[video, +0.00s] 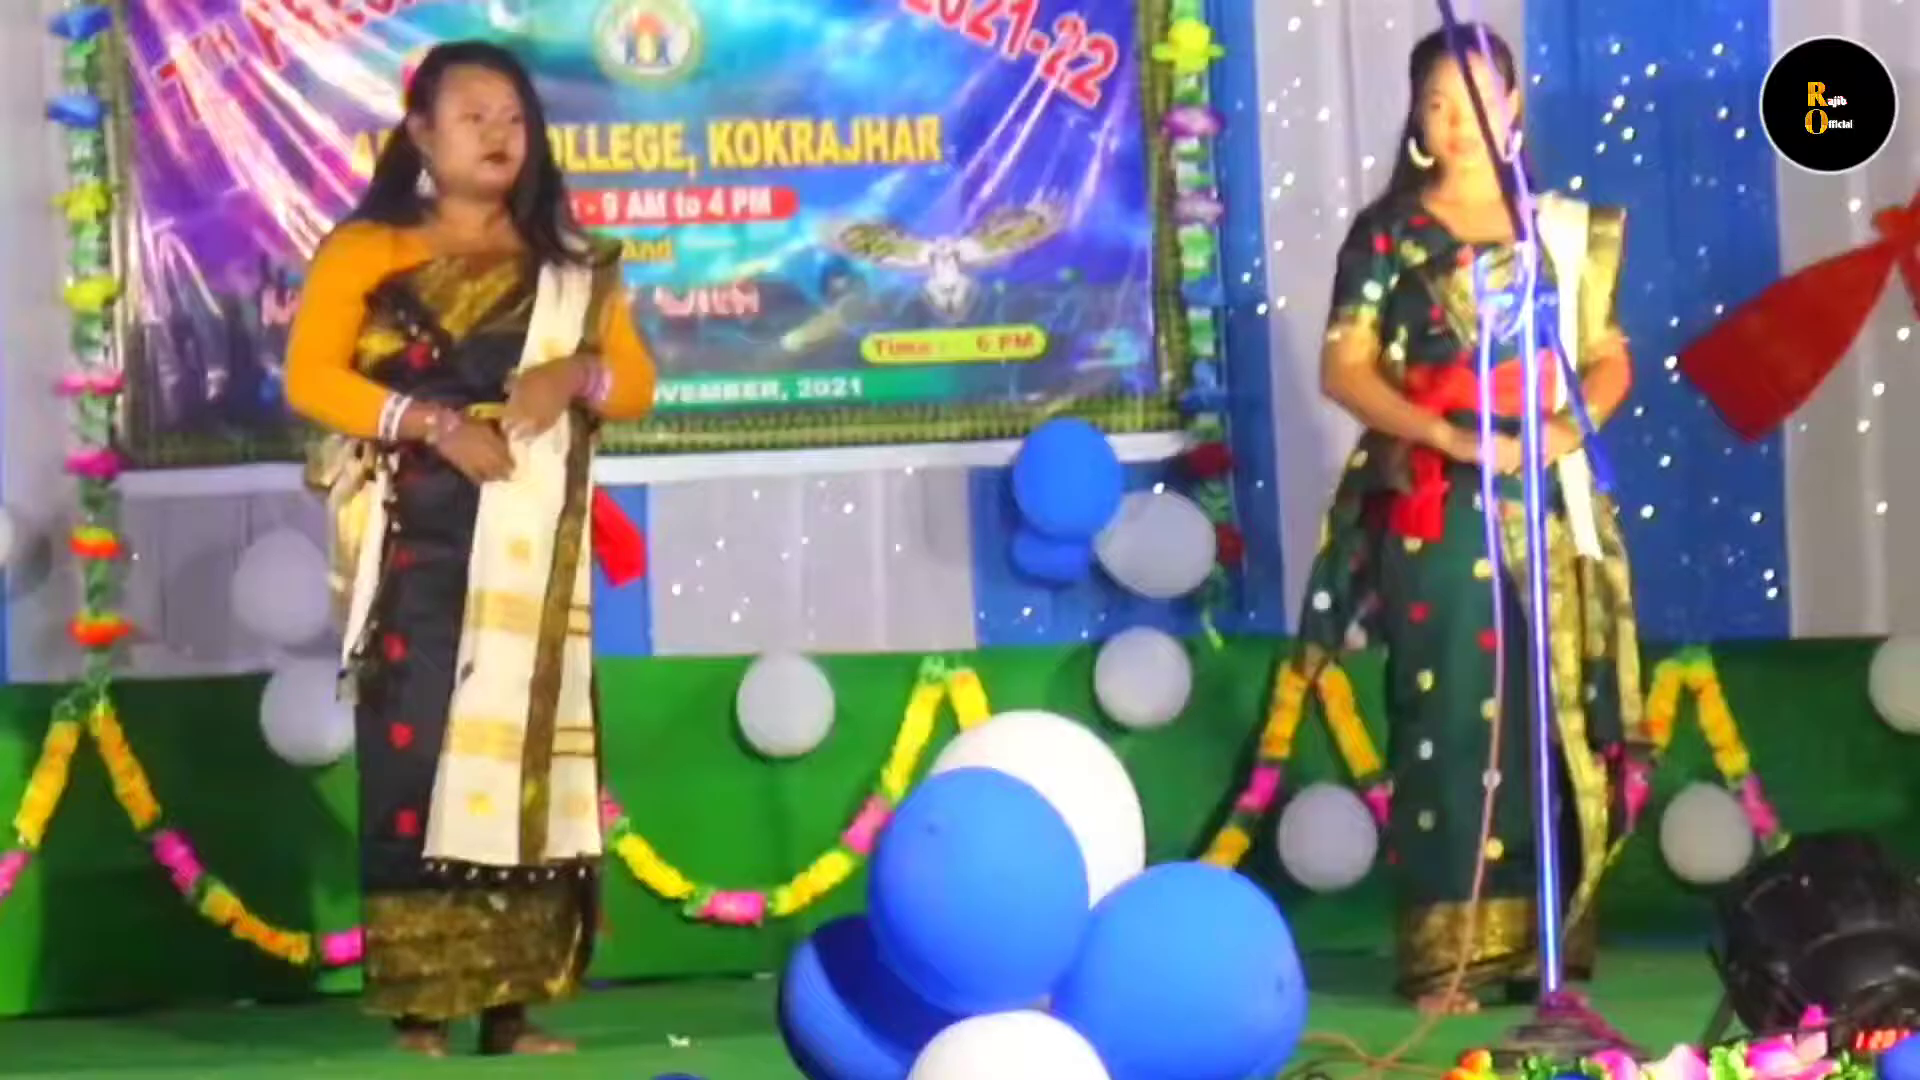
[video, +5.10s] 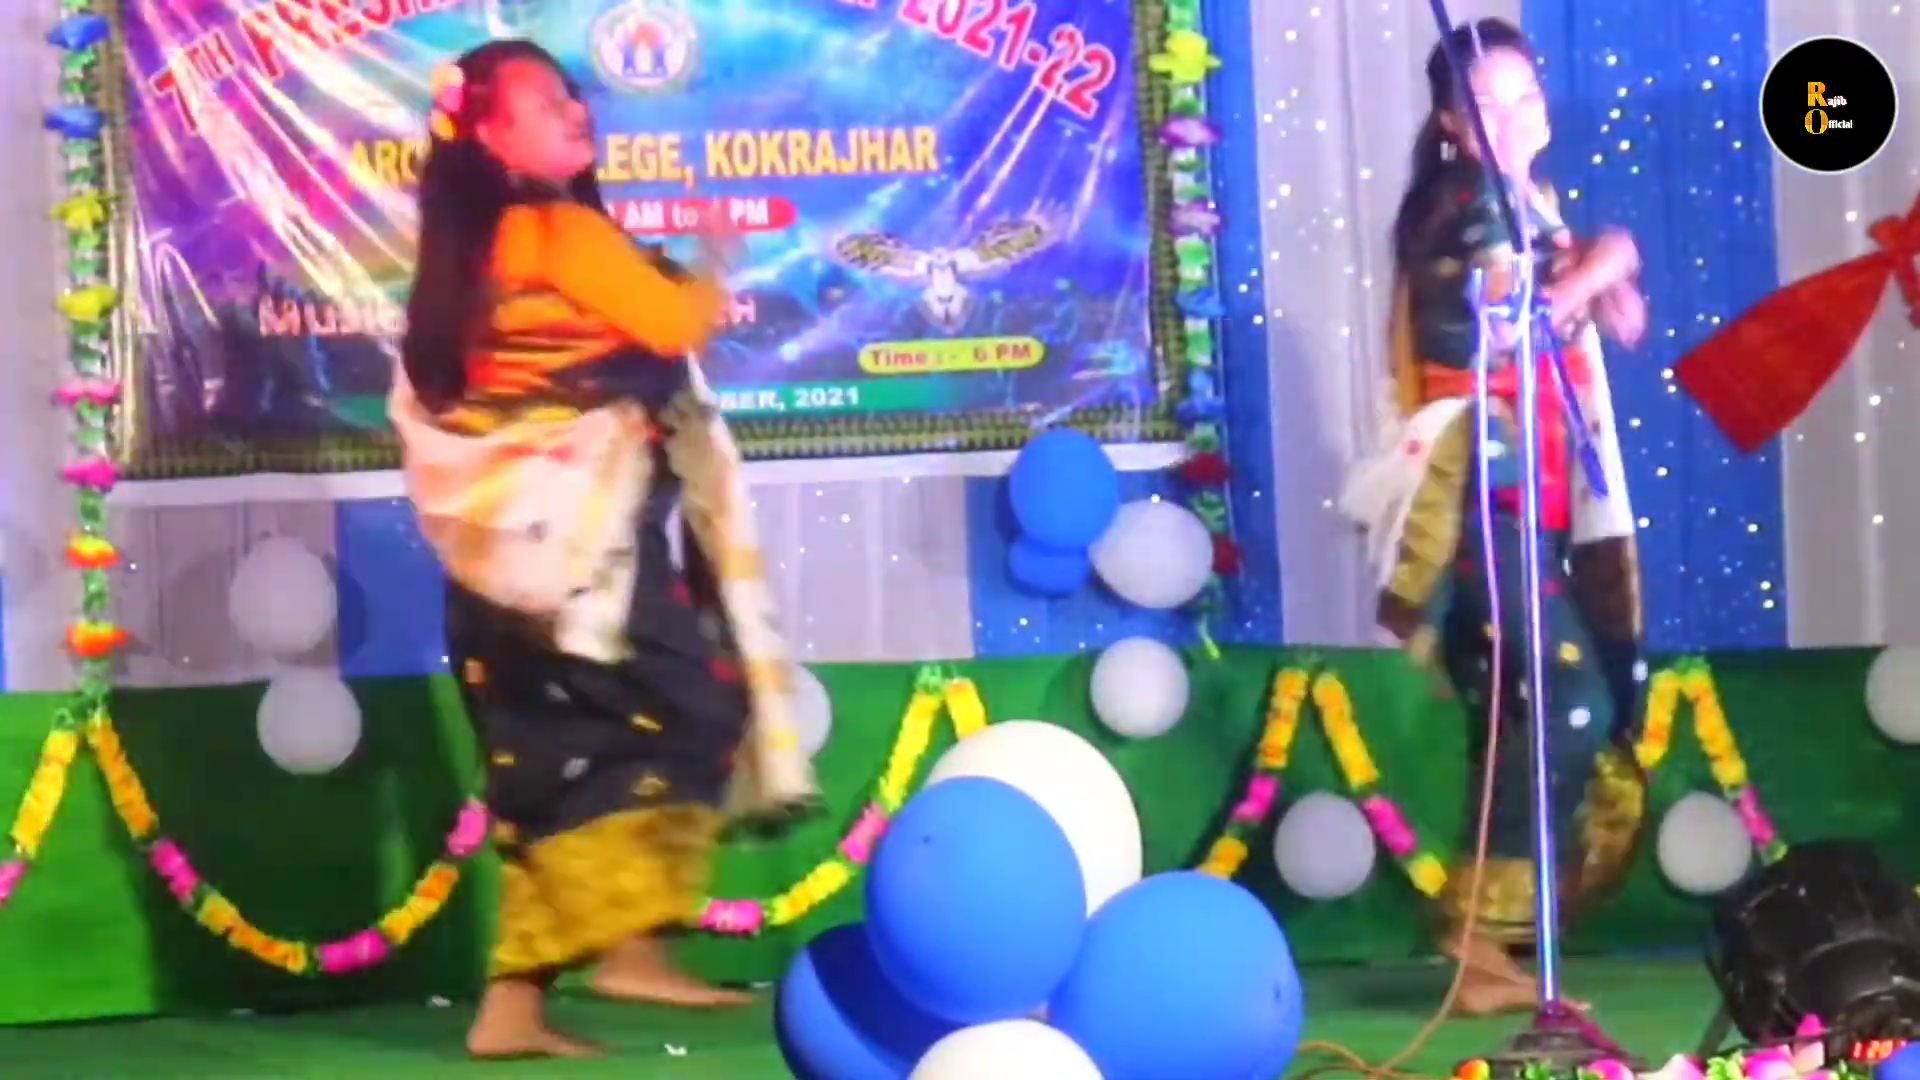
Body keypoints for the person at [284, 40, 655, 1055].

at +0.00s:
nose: (499, 134)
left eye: (514, 117)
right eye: (474, 117)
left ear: (532, 135)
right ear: (422, 135)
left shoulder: (570, 261)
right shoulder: (363, 251)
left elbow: (637, 387)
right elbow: (309, 377)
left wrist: (579, 376)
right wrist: (429, 419)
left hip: (532, 553)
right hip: (415, 549)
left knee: (529, 754)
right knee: (417, 758)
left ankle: (511, 1009)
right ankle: (422, 1011)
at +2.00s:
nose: (518, 156)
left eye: (536, 137)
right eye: (495, 136)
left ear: (559, 149)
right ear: (448, 143)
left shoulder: (594, 268)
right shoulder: (382, 257)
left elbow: (655, 387)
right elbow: (326, 380)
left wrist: (576, 394)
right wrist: (444, 424)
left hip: (549, 556)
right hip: (433, 550)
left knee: (538, 752)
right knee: (428, 756)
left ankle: (507, 1004)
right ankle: (415, 999)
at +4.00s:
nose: (483, 142)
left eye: (498, 129)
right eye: (458, 125)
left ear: (515, 150)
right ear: (404, 142)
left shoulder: (545, 273)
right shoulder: (343, 266)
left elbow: (620, 390)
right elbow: (289, 394)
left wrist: (535, 403)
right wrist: (406, 434)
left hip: (517, 562)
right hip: (398, 559)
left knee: (518, 765)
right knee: (395, 771)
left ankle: (509, 1017)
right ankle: (389, 1017)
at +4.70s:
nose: (513, 141)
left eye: (519, 125)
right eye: (488, 126)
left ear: (529, 137)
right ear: (428, 141)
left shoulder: (556, 260)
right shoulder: (374, 251)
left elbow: (631, 380)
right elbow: (327, 374)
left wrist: (574, 406)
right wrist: (448, 397)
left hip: (536, 547)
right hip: (422, 544)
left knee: (530, 752)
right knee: (408, 760)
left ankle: (513, 1010)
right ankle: (390, 1012)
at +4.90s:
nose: (533, 146)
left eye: (534, 127)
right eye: (505, 134)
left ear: (546, 149)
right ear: (451, 166)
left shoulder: (549, 271)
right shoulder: (453, 266)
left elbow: (664, 360)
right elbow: (548, 340)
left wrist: (673, 275)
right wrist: (626, 276)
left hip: (577, 556)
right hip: (501, 558)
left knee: (579, 776)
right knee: (520, 773)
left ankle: (510, 1010)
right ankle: (421, 979)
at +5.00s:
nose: (550, 125)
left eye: (547, 108)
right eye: (523, 115)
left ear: (547, 132)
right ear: (469, 148)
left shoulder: (528, 237)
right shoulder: (493, 236)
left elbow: (678, 318)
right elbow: (632, 280)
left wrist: (639, 213)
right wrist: (637, 202)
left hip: (550, 546)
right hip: (529, 549)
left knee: (563, 765)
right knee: (566, 766)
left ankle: (511, 1007)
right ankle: (497, 1013)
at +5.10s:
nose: (580, 114)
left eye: (570, 98)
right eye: (555, 102)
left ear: (489, 138)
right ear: (498, 131)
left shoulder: (460, 245)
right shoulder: (561, 230)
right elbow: (677, 326)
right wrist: (714, 280)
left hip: (502, 560)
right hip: (595, 549)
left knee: (543, 764)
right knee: (690, 708)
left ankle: (511, 1003)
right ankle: (635, 953)